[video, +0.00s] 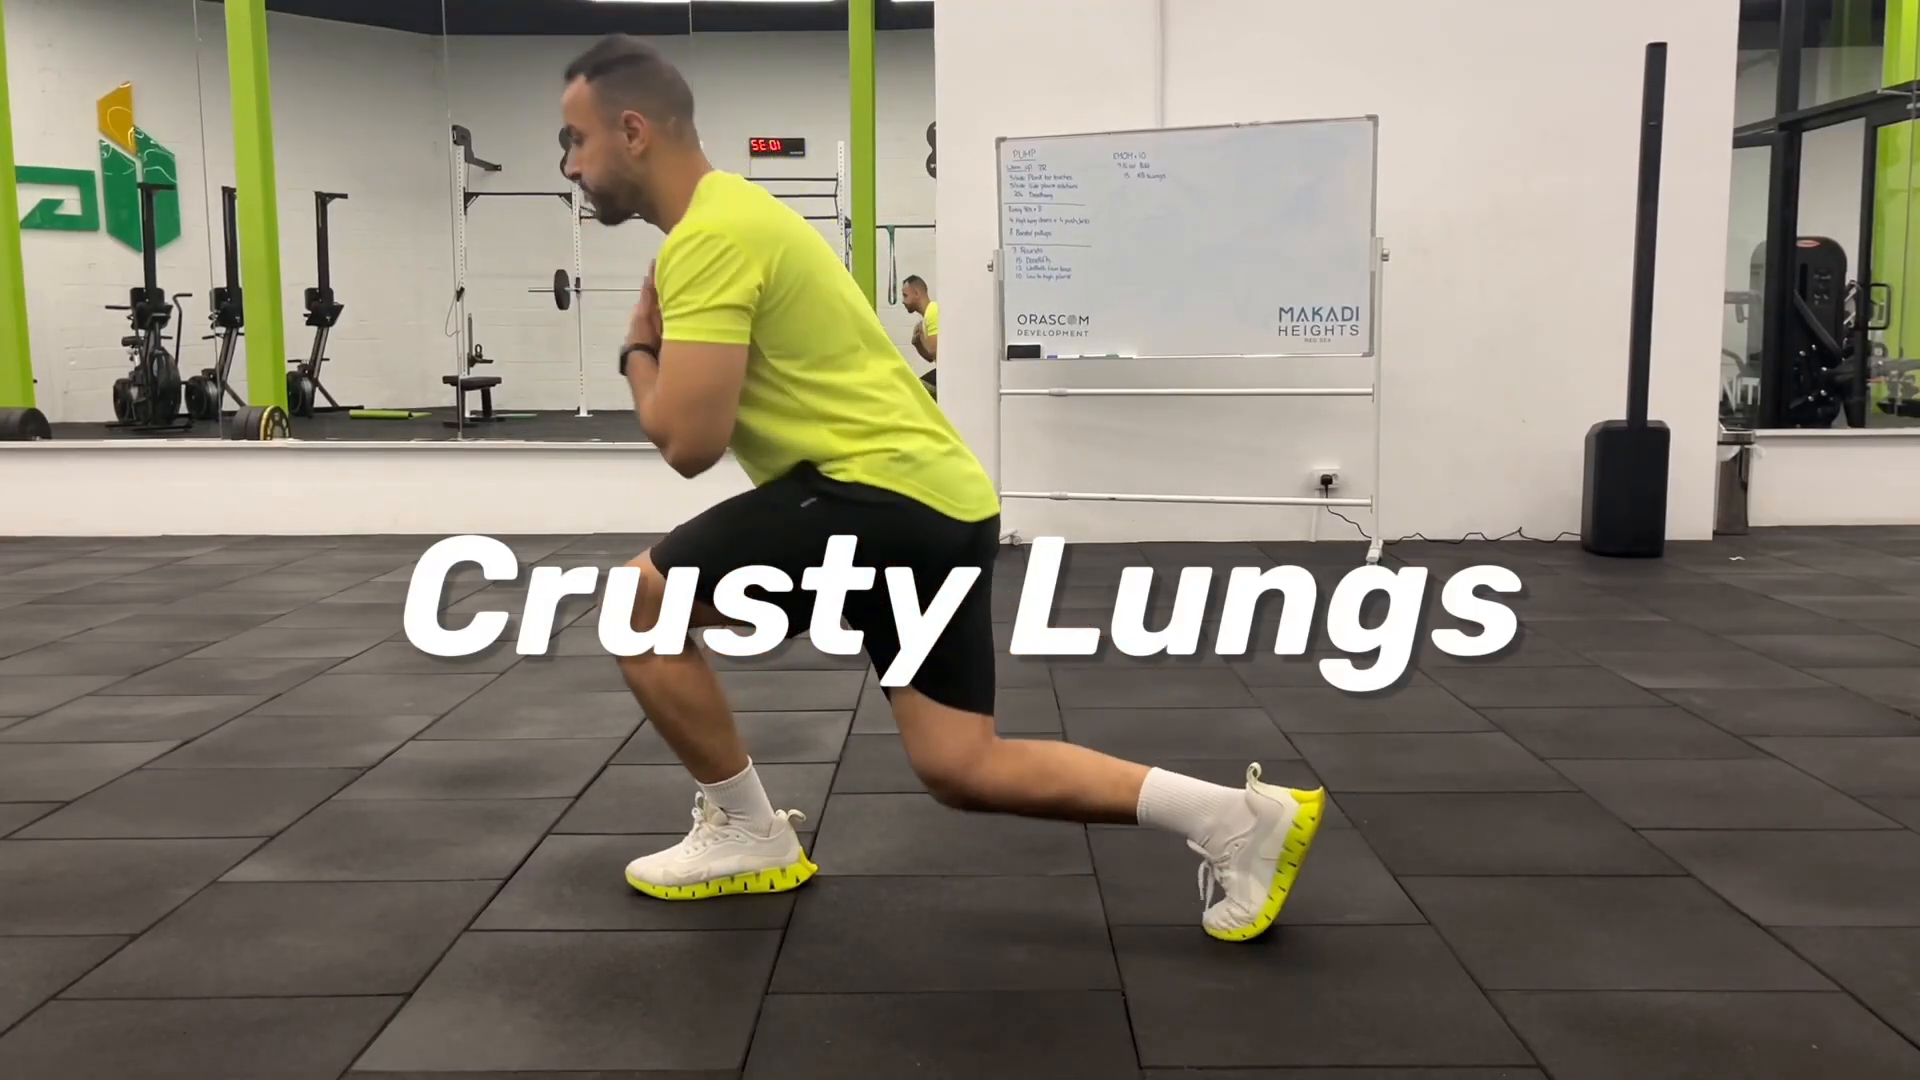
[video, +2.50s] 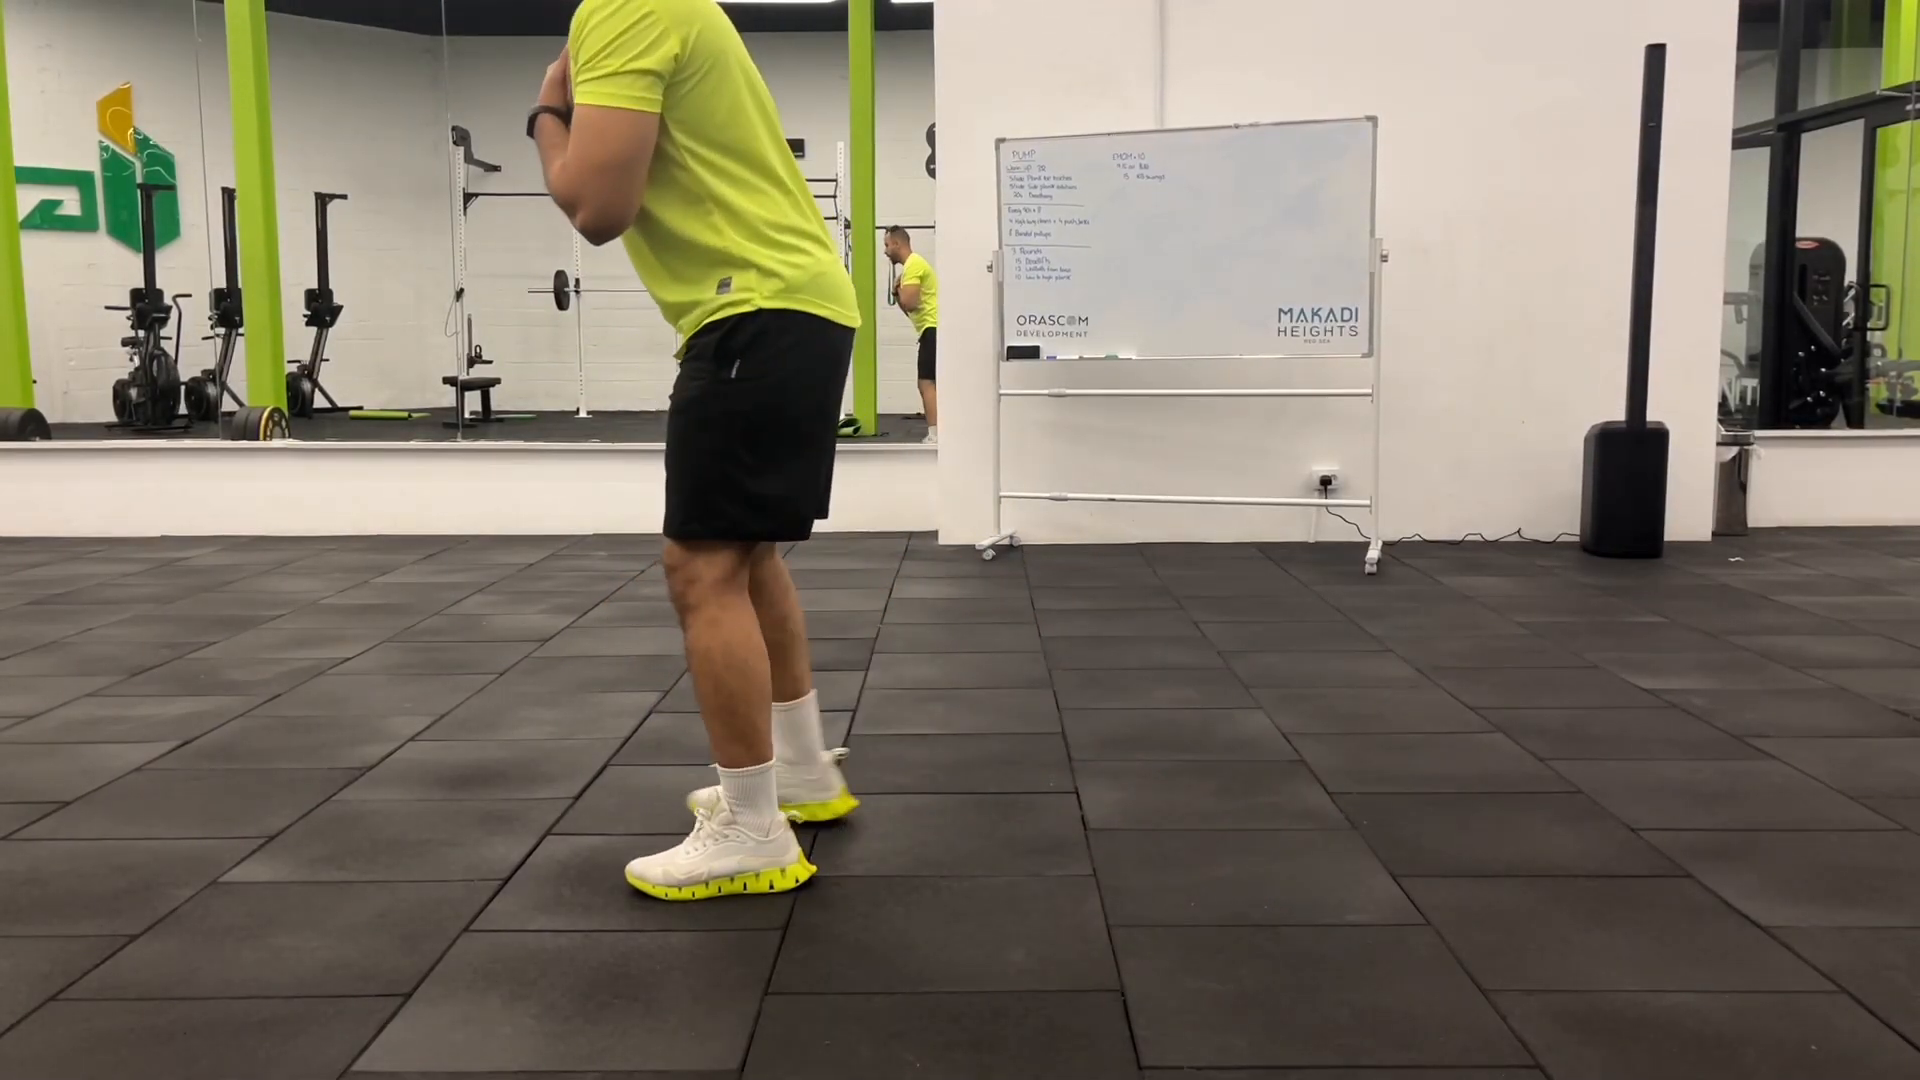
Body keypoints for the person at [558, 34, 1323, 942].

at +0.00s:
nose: (566, 165)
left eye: (574, 140)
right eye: (563, 143)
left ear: (634, 132)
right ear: (647, 132)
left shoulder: (715, 231)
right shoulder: (740, 218)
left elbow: (689, 443)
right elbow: (717, 416)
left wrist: (640, 353)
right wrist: (661, 361)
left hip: (876, 494)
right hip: (947, 502)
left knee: (648, 609)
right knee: (959, 763)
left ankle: (747, 829)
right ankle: (1235, 819)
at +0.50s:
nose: (633, 192)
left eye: (642, 166)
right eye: (634, 168)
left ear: (700, 165)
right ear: (710, 163)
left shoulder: (769, 275)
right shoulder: (812, 256)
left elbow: (725, 482)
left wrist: (690, 382)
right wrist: (716, 382)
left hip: (895, 548)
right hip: (969, 557)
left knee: (641, 609)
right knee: (960, 822)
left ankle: (746, 834)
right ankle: (1231, 821)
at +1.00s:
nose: (499, 67)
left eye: (502, 39)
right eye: (492, 42)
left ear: (560, 23)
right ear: (571, 27)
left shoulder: (650, 116)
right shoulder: (676, 104)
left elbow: (649, 326)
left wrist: (590, 248)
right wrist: (616, 247)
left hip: (827, 376)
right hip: (904, 368)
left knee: (671, 590)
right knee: (956, 620)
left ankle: (749, 829)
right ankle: (1182, 775)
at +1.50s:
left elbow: (575, 188)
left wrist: (544, 100)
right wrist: (564, 106)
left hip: (731, 300)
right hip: (794, 294)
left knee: (707, 564)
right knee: (742, 546)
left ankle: (749, 826)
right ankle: (780, 769)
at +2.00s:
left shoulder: (663, 9)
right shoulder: (633, 18)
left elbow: (595, 174)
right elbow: (604, 167)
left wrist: (557, 85)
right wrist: (576, 89)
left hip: (720, 305)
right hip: (685, 308)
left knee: (702, 555)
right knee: (667, 540)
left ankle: (757, 824)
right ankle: (730, 758)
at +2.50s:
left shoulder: (627, 10)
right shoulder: (665, 12)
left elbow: (596, 207)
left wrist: (547, 117)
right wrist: (582, 112)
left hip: (748, 308)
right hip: (794, 302)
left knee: (703, 574)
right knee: (750, 551)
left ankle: (749, 827)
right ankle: (804, 767)